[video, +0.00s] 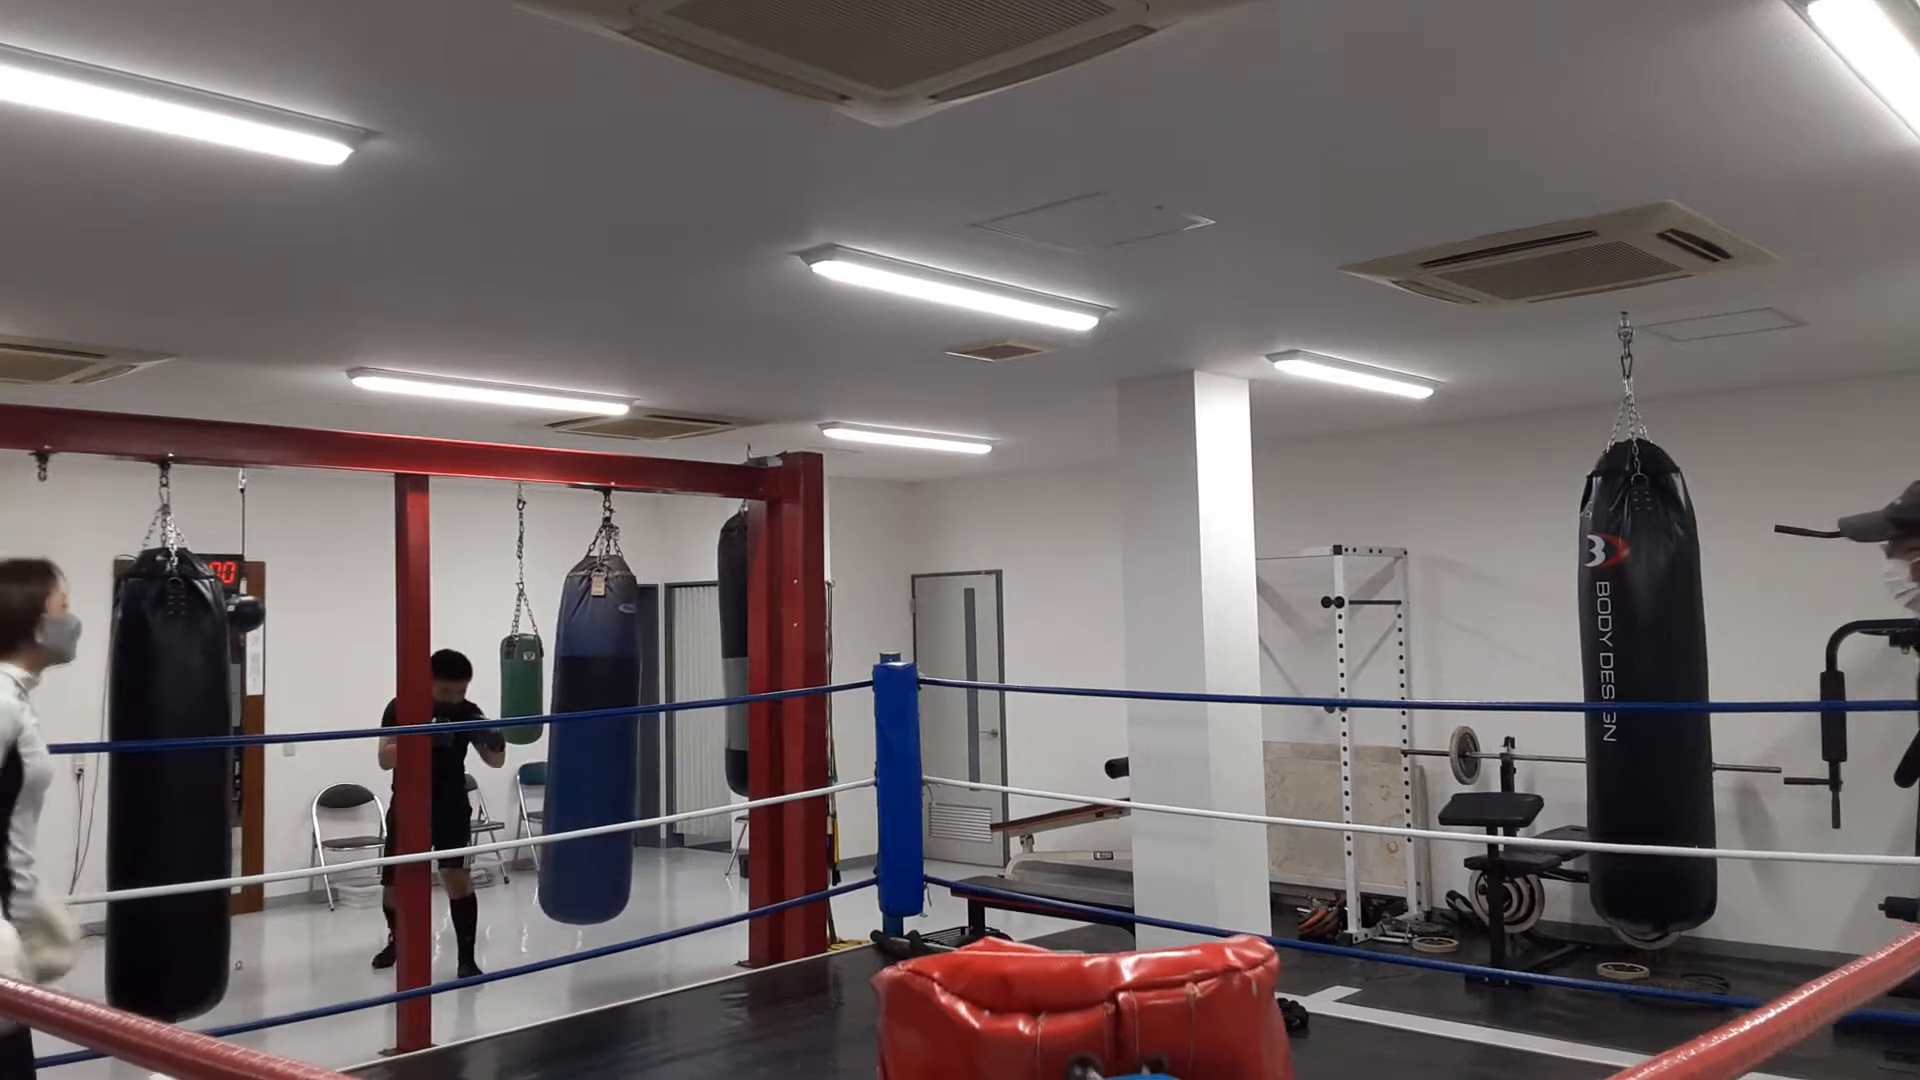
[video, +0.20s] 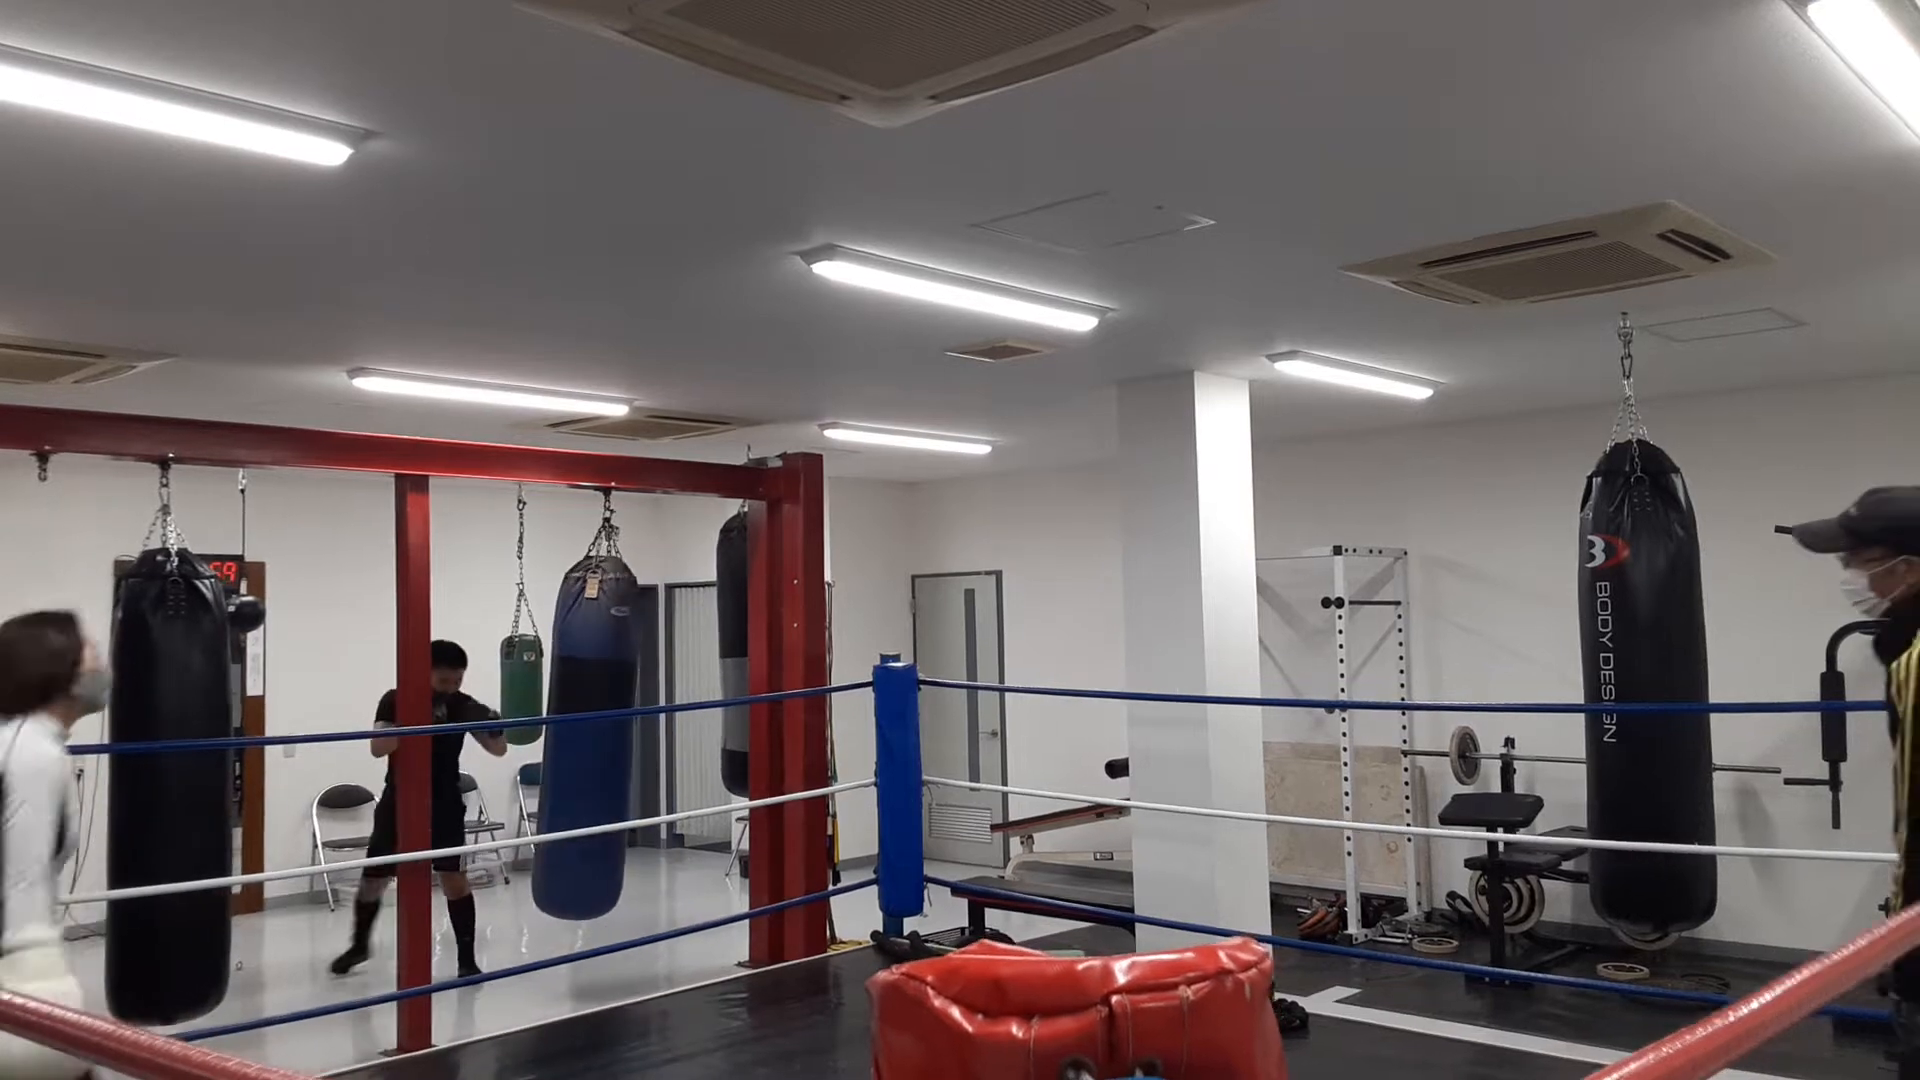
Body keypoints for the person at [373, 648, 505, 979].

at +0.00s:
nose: (453, 698)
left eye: (459, 691)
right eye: (447, 691)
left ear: (466, 686)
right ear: (430, 683)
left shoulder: (468, 713)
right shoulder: (401, 709)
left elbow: (496, 760)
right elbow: (385, 759)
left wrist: (491, 735)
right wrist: (418, 740)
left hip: (450, 805)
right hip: (406, 805)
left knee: (457, 877)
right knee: (392, 882)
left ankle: (466, 960)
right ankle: (395, 941)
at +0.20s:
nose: (452, 685)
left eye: (457, 678)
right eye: (446, 678)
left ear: (462, 675)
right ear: (427, 672)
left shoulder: (463, 705)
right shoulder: (397, 700)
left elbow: (498, 748)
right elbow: (377, 748)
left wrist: (491, 726)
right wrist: (408, 724)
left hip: (443, 801)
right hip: (398, 800)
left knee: (453, 876)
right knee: (374, 875)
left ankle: (467, 961)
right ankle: (360, 946)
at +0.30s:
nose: (438, 681)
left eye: (443, 675)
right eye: (432, 674)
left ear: (449, 674)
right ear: (414, 671)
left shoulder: (455, 705)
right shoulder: (386, 700)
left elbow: (495, 738)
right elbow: (373, 746)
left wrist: (485, 715)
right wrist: (396, 722)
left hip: (436, 805)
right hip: (389, 804)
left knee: (449, 879)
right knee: (359, 877)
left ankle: (467, 963)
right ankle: (328, 955)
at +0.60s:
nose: (406, 677)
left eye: (408, 670)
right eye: (399, 671)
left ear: (409, 672)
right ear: (381, 672)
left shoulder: (416, 706)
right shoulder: (349, 709)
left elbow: (458, 741)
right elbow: (349, 755)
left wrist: (456, 721)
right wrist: (387, 724)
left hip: (411, 812)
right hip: (362, 815)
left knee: (439, 880)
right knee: (336, 889)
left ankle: (465, 956)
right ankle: (309, 962)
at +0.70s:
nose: (406, 681)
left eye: (410, 674)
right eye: (400, 674)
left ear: (417, 674)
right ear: (385, 672)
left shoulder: (420, 704)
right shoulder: (356, 706)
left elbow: (465, 740)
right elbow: (358, 751)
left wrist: (464, 713)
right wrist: (394, 718)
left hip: (413, 814)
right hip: (364, 816)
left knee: (444, 877)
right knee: (336, 892)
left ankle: (478, 950)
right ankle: (306, 959)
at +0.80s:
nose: (425, 692)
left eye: (431, 684)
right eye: (417, 684)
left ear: (436, 683)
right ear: (396, 681)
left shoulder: (431, 716)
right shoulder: (368, 715)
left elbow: (470, 753)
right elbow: (372, 754)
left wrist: (471, 727)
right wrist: (414, 722)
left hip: (416, 822)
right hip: (369, 824)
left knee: (458, 885)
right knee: (339, 900)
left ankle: (493, 952)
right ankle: (303, 962)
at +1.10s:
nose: (485, 689)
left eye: (490, 681)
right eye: (477, 682)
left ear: (496, 680)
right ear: (461, 683)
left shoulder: (508, 714)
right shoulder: (444, 715)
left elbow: (556, 743)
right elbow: (433, 752)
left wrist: (532, 723)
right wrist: (454, 721)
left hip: (493, 815)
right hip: (451, 818)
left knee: (532, 881)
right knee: (422, 889)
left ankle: (560, 946)